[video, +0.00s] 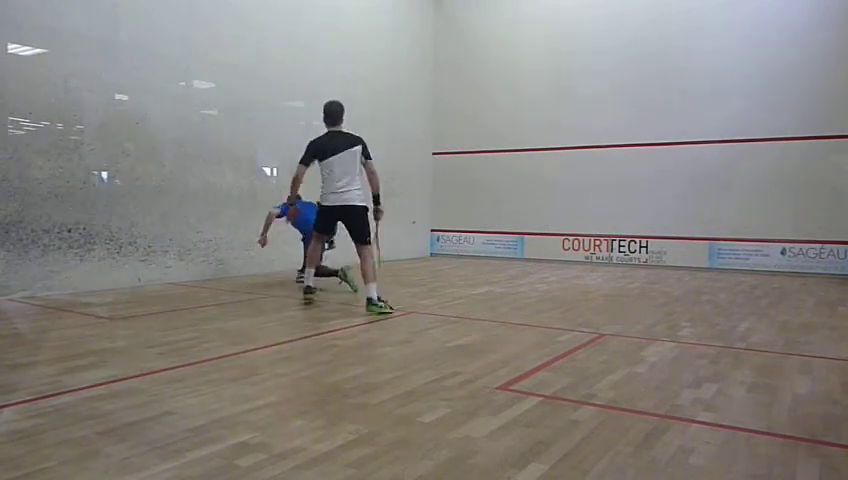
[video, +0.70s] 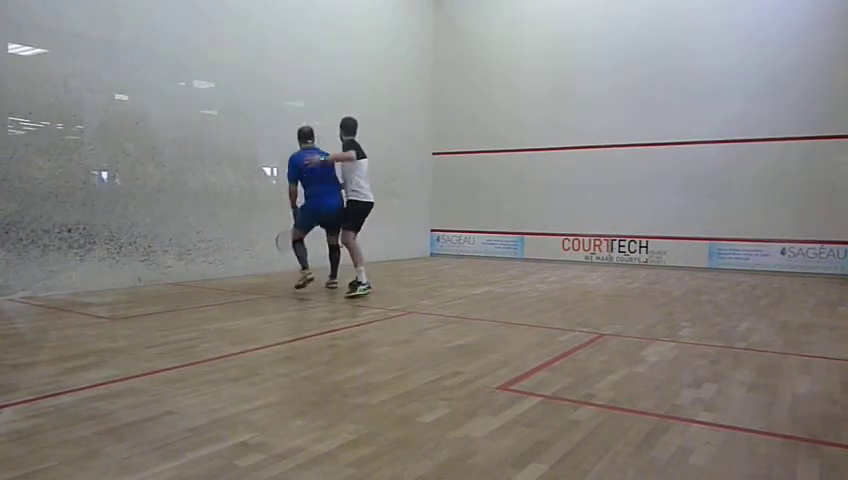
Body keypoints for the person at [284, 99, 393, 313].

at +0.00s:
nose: (332, 119)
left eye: (328, 115)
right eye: (340, 116)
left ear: (324, 118)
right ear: (343, 118)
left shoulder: (316, 144)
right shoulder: (357, 142)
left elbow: (298, 176)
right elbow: (371, 172)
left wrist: (291, 203)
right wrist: (377, 202)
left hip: (328, 206)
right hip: (355, 205)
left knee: (317, 241)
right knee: (365, 250)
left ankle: (308, 284)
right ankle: (373, 298)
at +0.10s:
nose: (316, 128)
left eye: (316, 125)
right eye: (319, 124)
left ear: (314, 127)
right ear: (332, 126)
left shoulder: (312, 152)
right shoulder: (350, 146)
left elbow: (295, 180)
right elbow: (367, 173)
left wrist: (289, 207)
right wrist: (375, 202)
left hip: (329, 208)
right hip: (356, 207)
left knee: (314, 243)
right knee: (360, 246)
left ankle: (310, 284)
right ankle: (373, 277)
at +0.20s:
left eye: (310, 144)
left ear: (310, 145)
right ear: (327, 143)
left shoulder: (308, 167)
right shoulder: (345, 161)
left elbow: (298, 202)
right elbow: (367, 182)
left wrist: (296, 206)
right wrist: (378, 207)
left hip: (329, 213)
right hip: (354, 211)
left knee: (314, 254)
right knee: (356, 242)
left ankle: (309, 294)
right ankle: (372, 279)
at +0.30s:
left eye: (316, 145)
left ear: (314, 147)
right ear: (331, 145)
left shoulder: (311, 168)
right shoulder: (346, 162)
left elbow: (309, 195)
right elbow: (368, 186)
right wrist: (371, 200)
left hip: (331, 212)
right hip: (354, 210)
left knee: (319, 252)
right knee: (359, 244)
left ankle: (309, 288)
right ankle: (368, 280)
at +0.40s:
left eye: (327, 138)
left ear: (325, 141)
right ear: (341, 140)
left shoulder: (320, 162)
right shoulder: (352, 159)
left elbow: (317, 192)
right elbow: (364, 186)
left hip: (334, 207)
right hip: (356, 206)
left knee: (326, 245)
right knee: (356, 240)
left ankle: (320, 276)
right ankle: (367, 278)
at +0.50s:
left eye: (335, 130)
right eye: (345, 129)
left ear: (332, 131)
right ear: (348, 132)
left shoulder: (327, 150)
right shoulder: (354, 152)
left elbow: (328, 175)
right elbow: (359, 177)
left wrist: (314, 183)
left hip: (337, 199)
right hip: (357, 198)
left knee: (330, 238)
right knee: (354, 234)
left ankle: (339, 273)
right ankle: (366, 271)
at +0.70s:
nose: (339, 133)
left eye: (340, 129)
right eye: (342, 129)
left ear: (341, 131)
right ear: (355, 131)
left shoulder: (350, 144)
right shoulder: (353, 148)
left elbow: (351, 156)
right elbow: (349, 181)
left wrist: (324, 160)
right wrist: (332, 187)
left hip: (359, 199)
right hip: (357, 199)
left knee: (347, 239)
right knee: (348, 239)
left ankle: (362, 280)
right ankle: (361, 278)